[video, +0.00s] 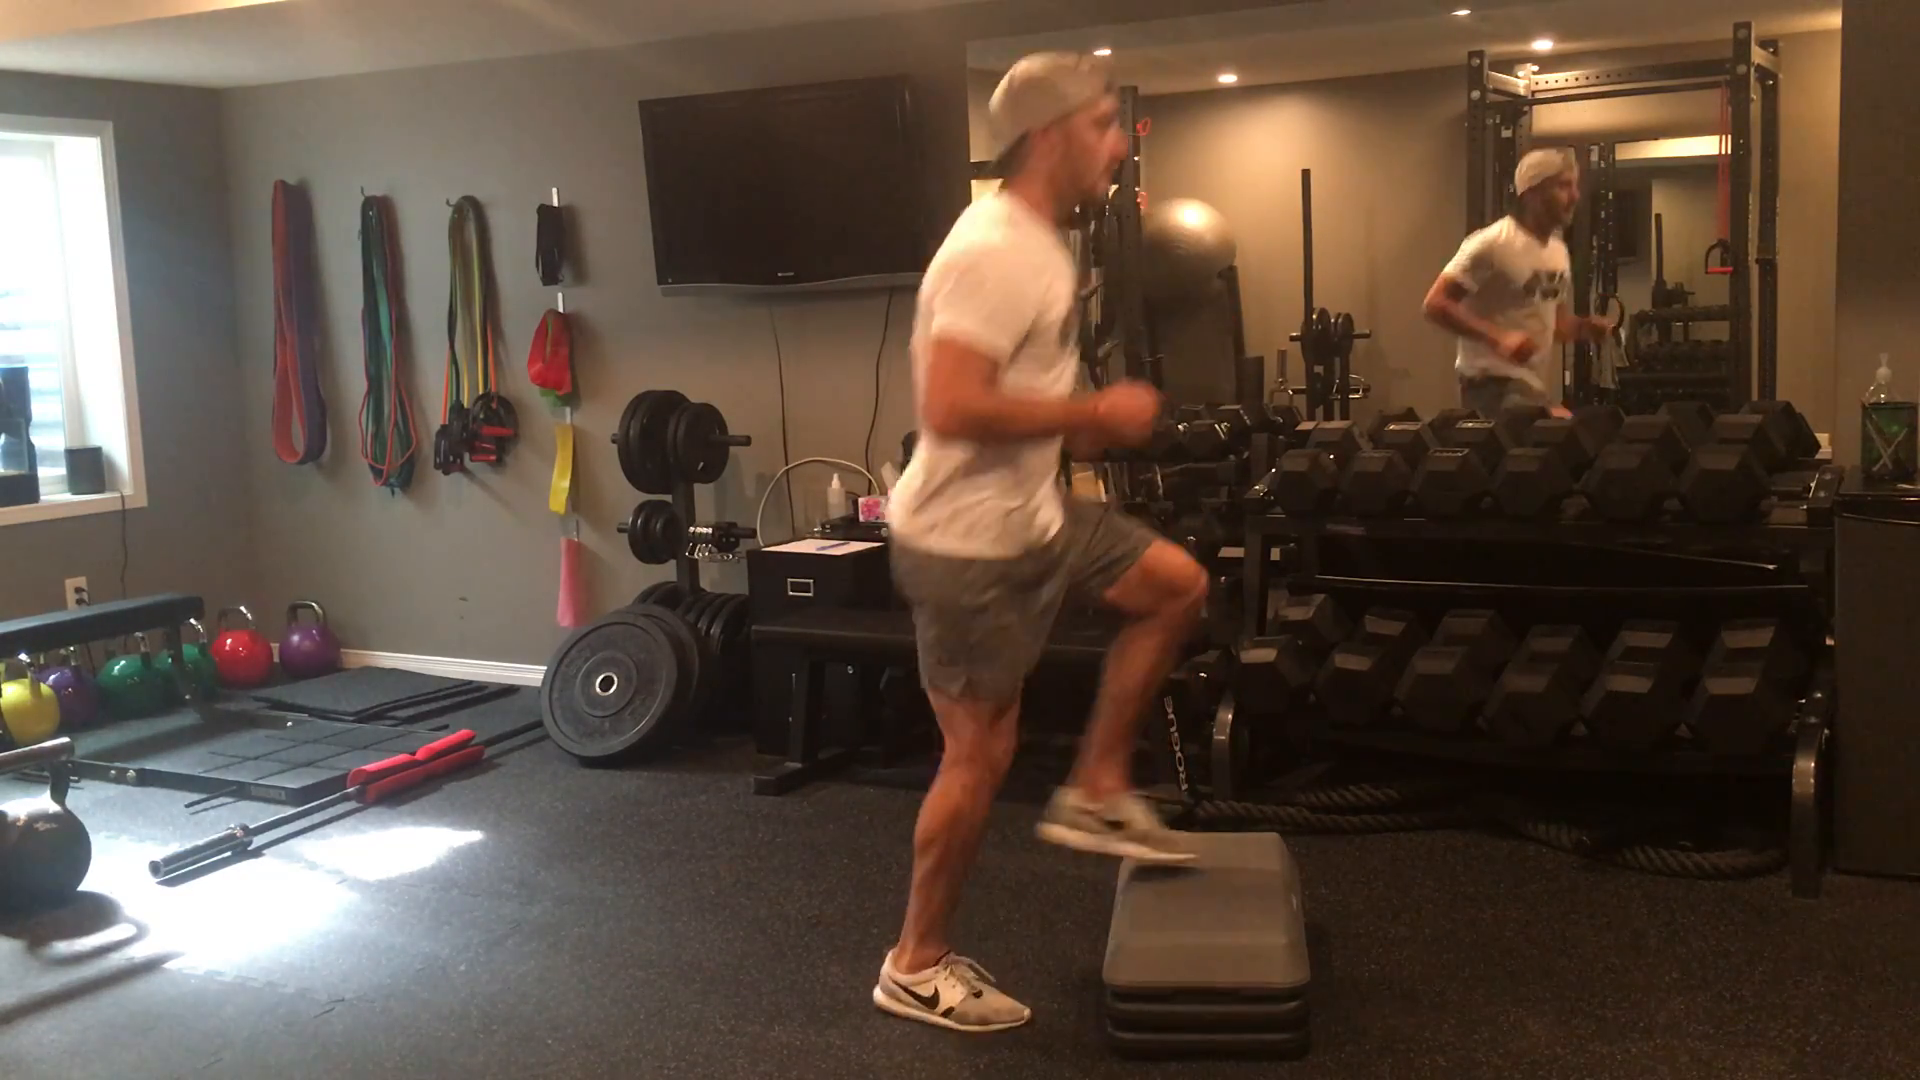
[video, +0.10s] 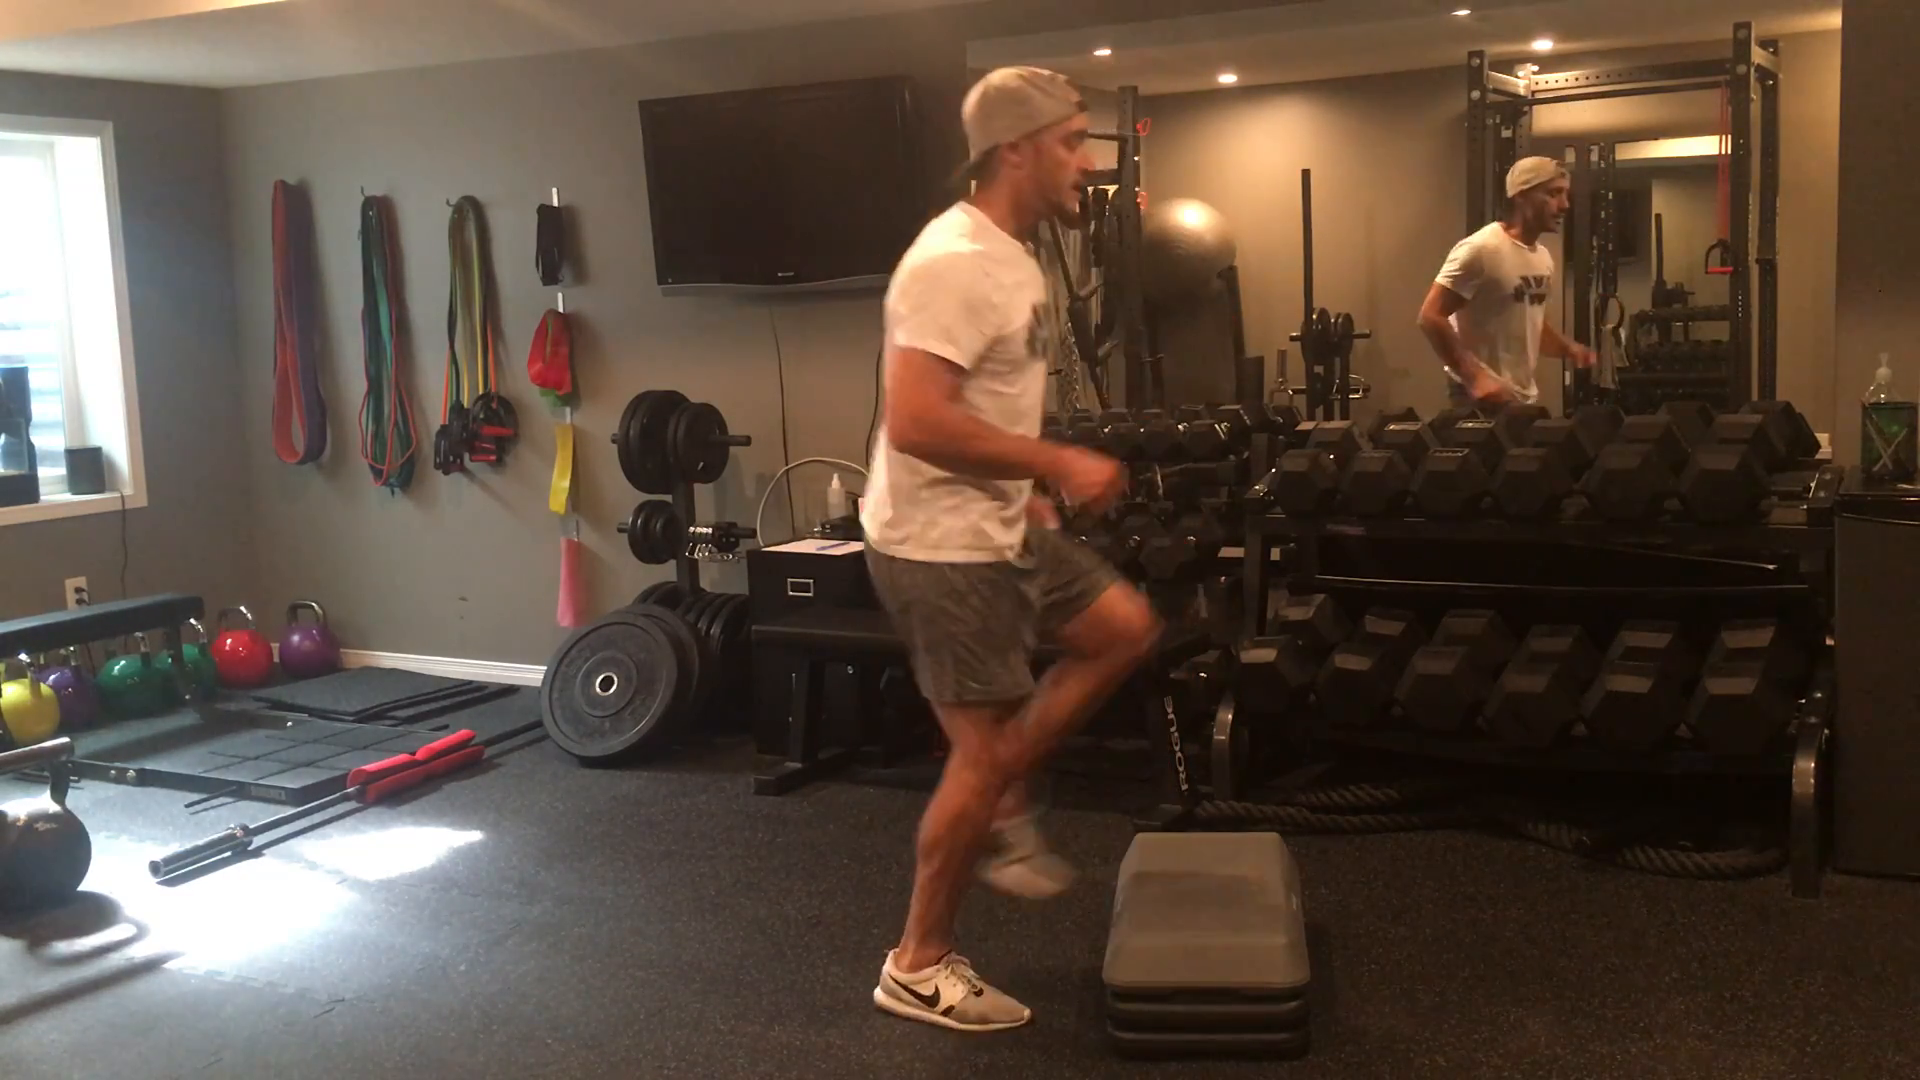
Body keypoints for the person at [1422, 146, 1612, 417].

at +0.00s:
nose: (1575, 196)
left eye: (1575, 186)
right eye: (1564, 186)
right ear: (1532, 193)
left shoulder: (1557, 249)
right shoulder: (1490, 243)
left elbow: (1552, 322)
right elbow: (1436, 304)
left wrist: (1584, 328)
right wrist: (1498, 337)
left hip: (1532, 382)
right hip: (1490, 383)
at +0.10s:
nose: (1565, 205)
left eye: (1565, 195)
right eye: (1554, 193)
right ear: (1521, 196)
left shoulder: (1543, 257)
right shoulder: (1477, 250)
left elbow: (1528, 325)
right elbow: (1431, 317)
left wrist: (1568, 348)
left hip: (1524, 400)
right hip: (1479, 403)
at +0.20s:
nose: (1550, 195)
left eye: (1550, 185)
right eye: (1539, 184)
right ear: (1506, 189)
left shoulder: (1531, 247)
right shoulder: (1468, 244)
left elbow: (1514, 318)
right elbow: (1417, 309)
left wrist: (1546, 359)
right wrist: (1462, 373)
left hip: (1517, 397)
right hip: (1475, 398)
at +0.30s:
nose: (1538, 196)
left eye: (1537, 186)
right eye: (1525, 187)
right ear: (1492, 195)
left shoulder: (1520, 251)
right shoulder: (1459, 248)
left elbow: (1504, 320)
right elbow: (1406, 310)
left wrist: (1526, 362)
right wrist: (1445, 367)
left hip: (1507, 402)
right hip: (1462, 407)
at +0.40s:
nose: (1529, 203)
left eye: (1528, 192)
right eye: (1517, 193)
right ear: (1484, 202)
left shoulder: (1512, 257)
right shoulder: (1449, 259)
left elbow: (1499, 325)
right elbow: (1396, 322)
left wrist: (1519, 368)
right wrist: (1437, 384)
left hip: (1496, 407)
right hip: (1449, 413)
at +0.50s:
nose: (1523, 211)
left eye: (1523, 201)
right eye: (1512, 201)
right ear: (1482, 206)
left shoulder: (1510, 256)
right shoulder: (1439, 262)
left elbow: (1485, 330)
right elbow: (1391, 325)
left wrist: (1513, 361)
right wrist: (1428, 383)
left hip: (1483, 406)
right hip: (1433, 411)